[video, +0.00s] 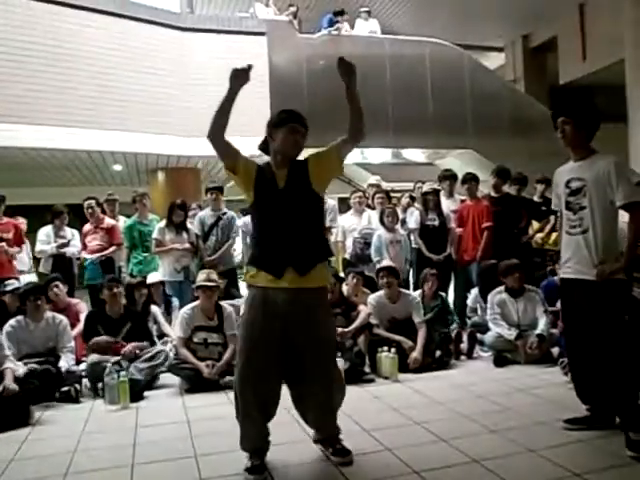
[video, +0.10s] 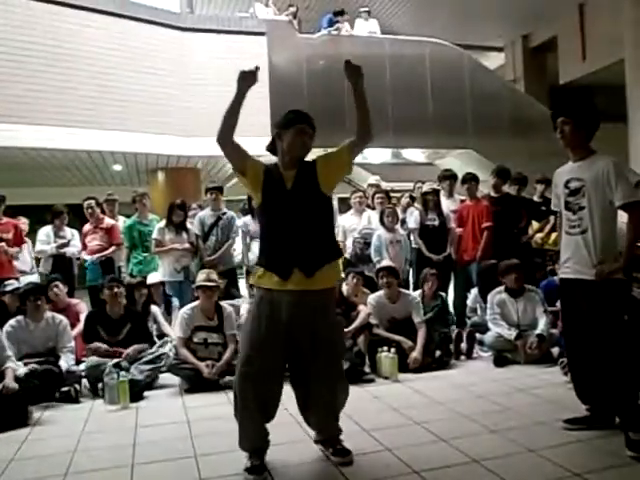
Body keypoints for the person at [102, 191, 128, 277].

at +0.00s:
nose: (111, 208)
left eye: (114, 204)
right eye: (108, 204)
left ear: (118, 206)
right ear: (104, 206)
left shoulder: (125, 222)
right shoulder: (101, 223)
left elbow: (129, 241)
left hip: (122, 261)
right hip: (105, 260)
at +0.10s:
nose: (111, 208)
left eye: (113, 204)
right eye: (108, 204)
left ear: (117, 206)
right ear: (103, 206)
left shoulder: (125, 222)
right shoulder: (101, 223)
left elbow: (129, 241)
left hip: (121, 261)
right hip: (105, 261)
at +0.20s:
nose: (110, 208)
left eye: (113, 205)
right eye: (107, 205)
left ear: (117, 206)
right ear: (103, 206)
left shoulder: (125, 222)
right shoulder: (101, 223)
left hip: (121, 260)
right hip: (105, 260)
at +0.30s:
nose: (111, 208)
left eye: (113, 204)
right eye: (108, 204)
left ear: (117, 206)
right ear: (103, 206)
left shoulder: (125, 222)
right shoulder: (101, 223)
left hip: (122, 260)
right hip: (105, 260)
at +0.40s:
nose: (110, 208)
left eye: (113, 204)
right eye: (107, 204)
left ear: (117, 205)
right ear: (103, 206)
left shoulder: (125, 222)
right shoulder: (101, 223)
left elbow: (129, 241)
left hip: (122, 259)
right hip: (106, 259)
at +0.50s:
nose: (110, 208)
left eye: (113, 204)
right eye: (107, 204)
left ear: (117, 205)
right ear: (103, 206)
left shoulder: (125, 222)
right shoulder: (101, 222)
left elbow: (129, 241)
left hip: (122, 259)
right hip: (105, 259)